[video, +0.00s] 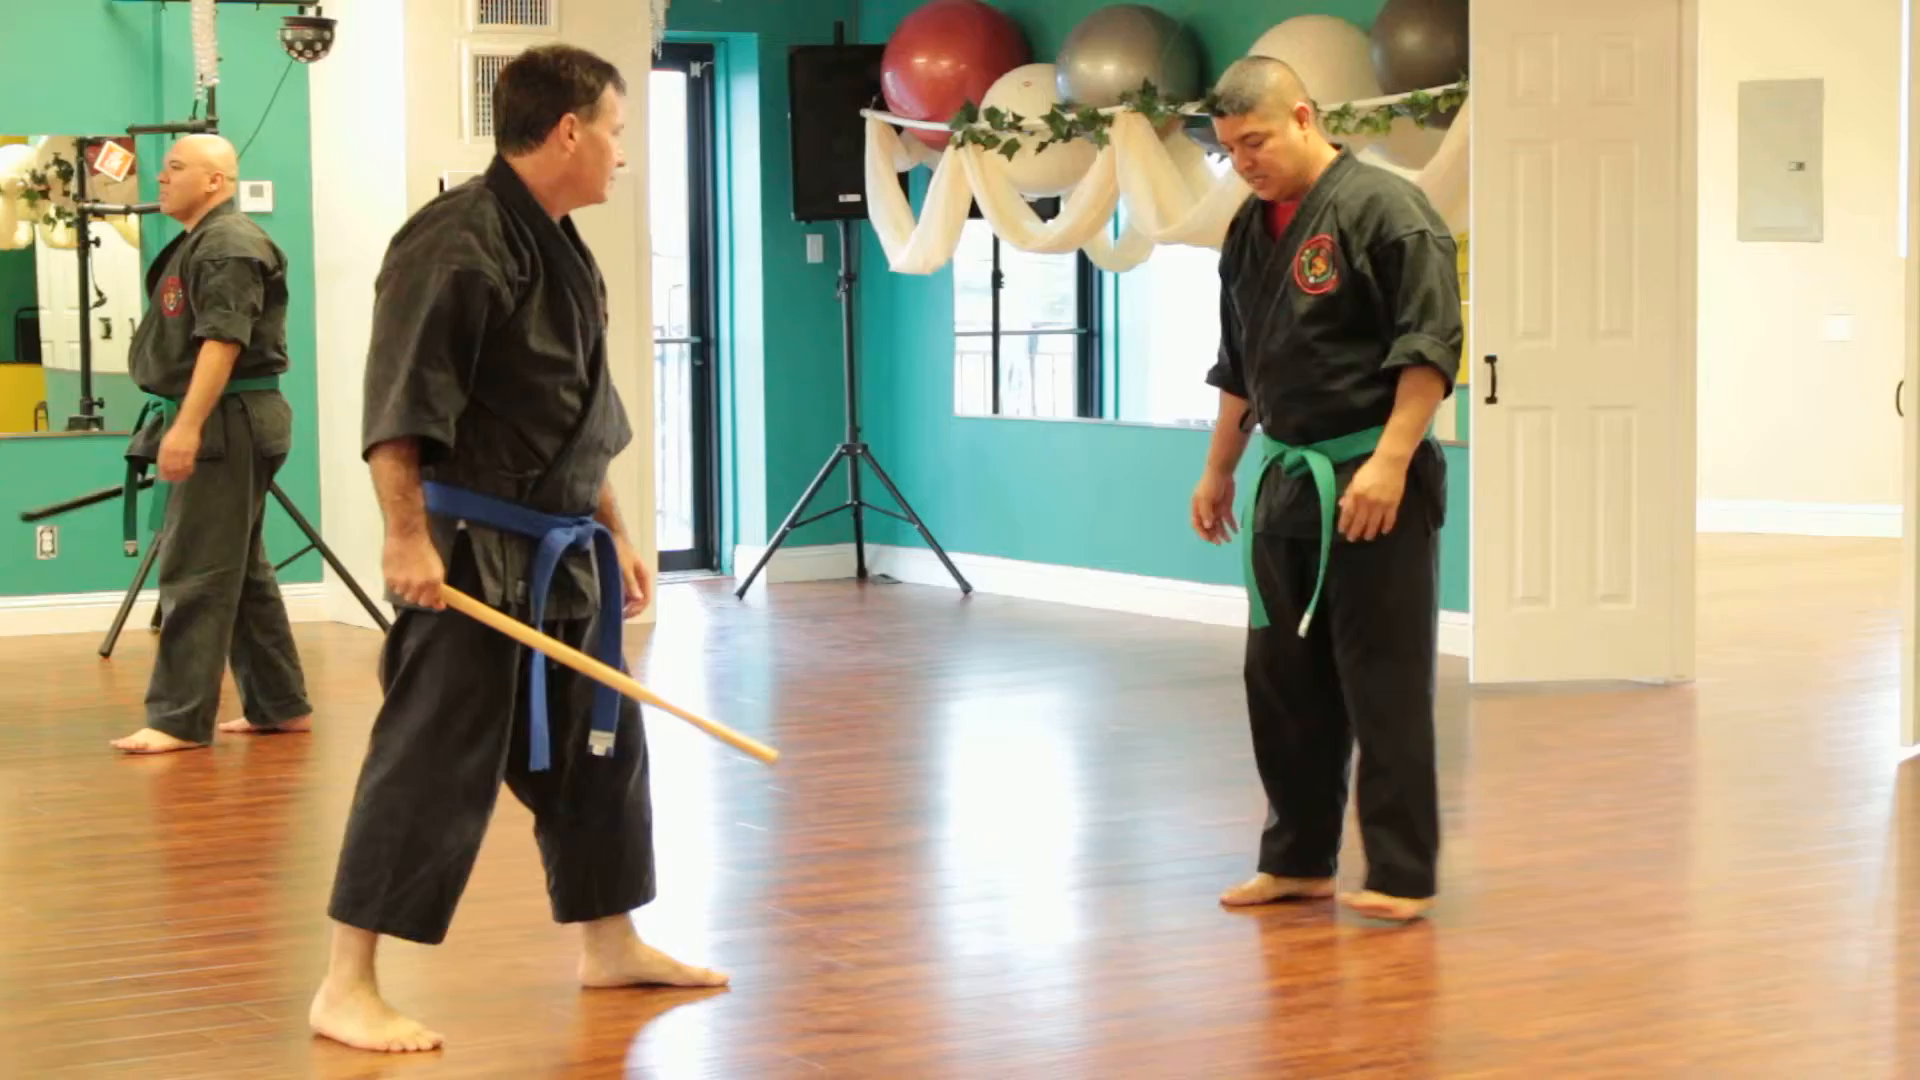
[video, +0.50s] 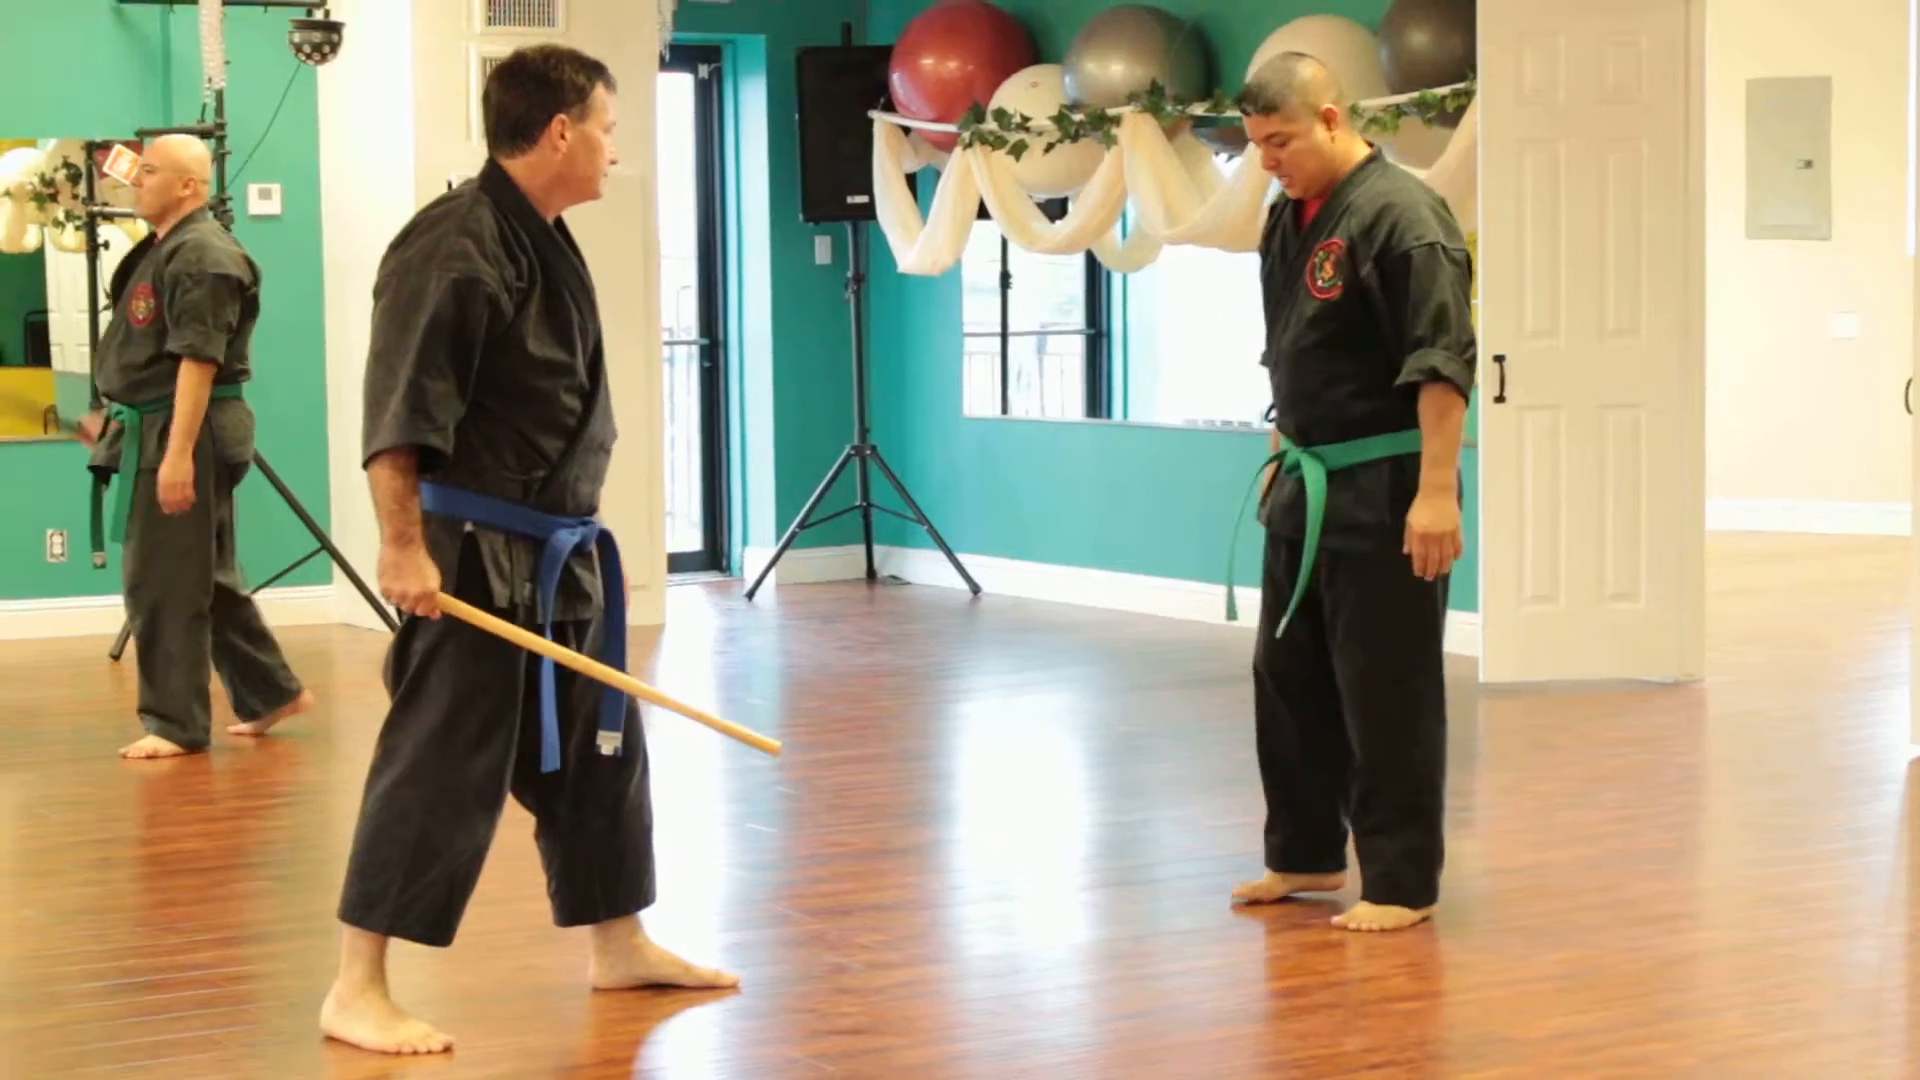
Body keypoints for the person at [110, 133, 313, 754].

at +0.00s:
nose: (162, 179)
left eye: (174, 169)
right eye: (164, 169)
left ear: (215, 181)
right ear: (208, 183)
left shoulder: (228, 245)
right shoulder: (206, 242)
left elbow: (222, 343)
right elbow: (205, 342)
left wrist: (186, 426)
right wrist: (179, 419)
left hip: (230, 418)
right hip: (221, 416)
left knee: (198, 570)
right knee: (237, 566)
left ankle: (181, 720)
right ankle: (279, 703)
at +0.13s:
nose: (162, 179)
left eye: (174, 168)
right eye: (163, 169)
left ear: (213, 181)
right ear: (206, 183)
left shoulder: (228, 246)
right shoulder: (201, 243)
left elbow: (218, 346)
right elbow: (202, 343)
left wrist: (174, 426)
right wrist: (172, 417)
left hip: (228, 420)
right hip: (217, 416)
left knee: (195, 569)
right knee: (238, 565)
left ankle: (180, 721)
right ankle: (280, 702)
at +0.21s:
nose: (158, 179)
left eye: (170, 169)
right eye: (160, 169)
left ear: (210, 181)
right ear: (202, 183)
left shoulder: (224, 247)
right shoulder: (196, 244)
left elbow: (217, 350)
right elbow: (200, 346)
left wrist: (165, 429)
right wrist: (167, 420)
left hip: (220, 422)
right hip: (212, 417)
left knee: (187, 571)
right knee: (238, 568)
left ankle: (179, 722)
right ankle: (280, 703)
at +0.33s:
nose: (146, 184)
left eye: (158, 174)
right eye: (148, 174)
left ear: (196, 185)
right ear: (184, 186)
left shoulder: (214, 253)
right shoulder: (183, 247)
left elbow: (209, 358)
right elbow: (184, 352)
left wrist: (161, 438)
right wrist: (153, 425)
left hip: (206, 428)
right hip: (195, 424)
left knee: (170, 573)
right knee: (228, 570)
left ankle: (174, 724)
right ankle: (277, 704)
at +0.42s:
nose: (138, 184)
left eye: (151, 176)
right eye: (141, 174)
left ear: (189, 187)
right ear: (179, 188)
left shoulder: (209, 255)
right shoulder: (175, 249)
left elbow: (203, 364)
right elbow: (165, 356)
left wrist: (168, 450)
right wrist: (138, 431)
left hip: (197, 429)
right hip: (179, 424)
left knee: (163, 576)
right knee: (217, 569)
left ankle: (174, 724)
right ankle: (275, 700)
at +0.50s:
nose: (134, 181)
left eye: (147, 172)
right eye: (137, 171)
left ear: (184, 185)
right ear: (173, 185)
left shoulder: (203, 254)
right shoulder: (167, 247)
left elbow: (199, 362)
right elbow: (144, 342)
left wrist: (180, 452)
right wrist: (111, 408)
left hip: (190, 428)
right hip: (170, 423)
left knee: (164, 576)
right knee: (200, 570)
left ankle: (178, 725)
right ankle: (271, 690)